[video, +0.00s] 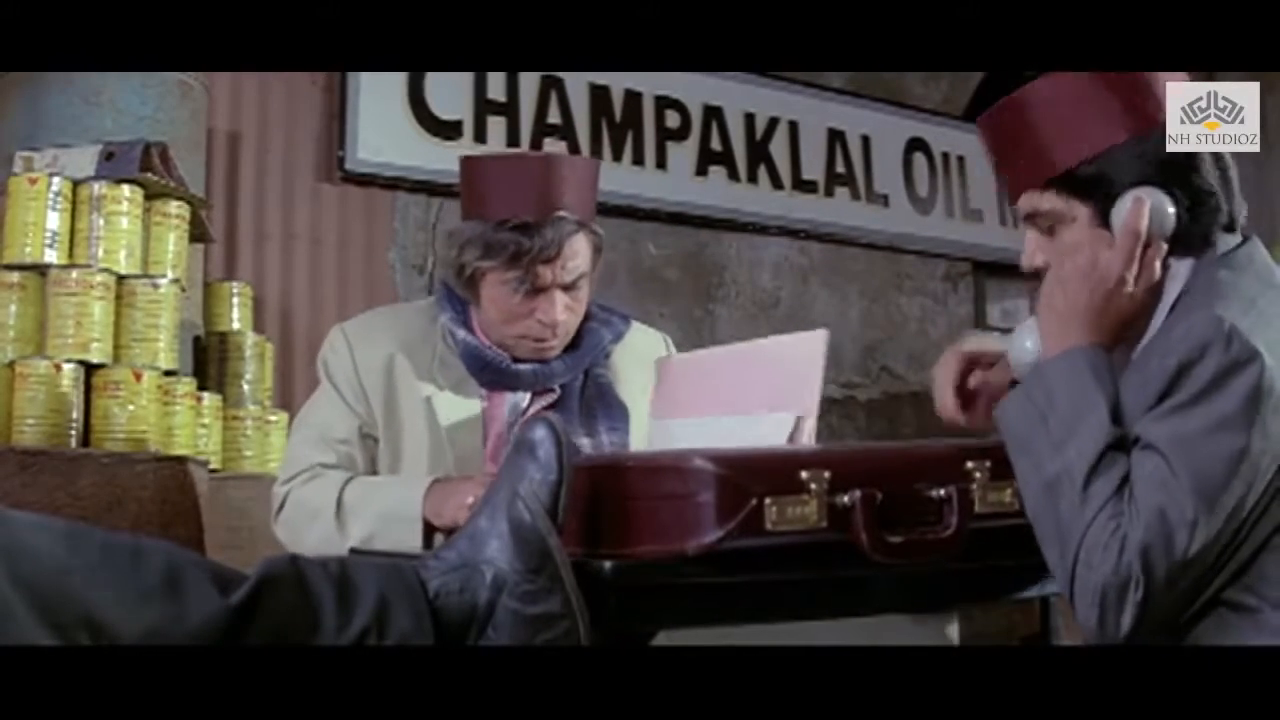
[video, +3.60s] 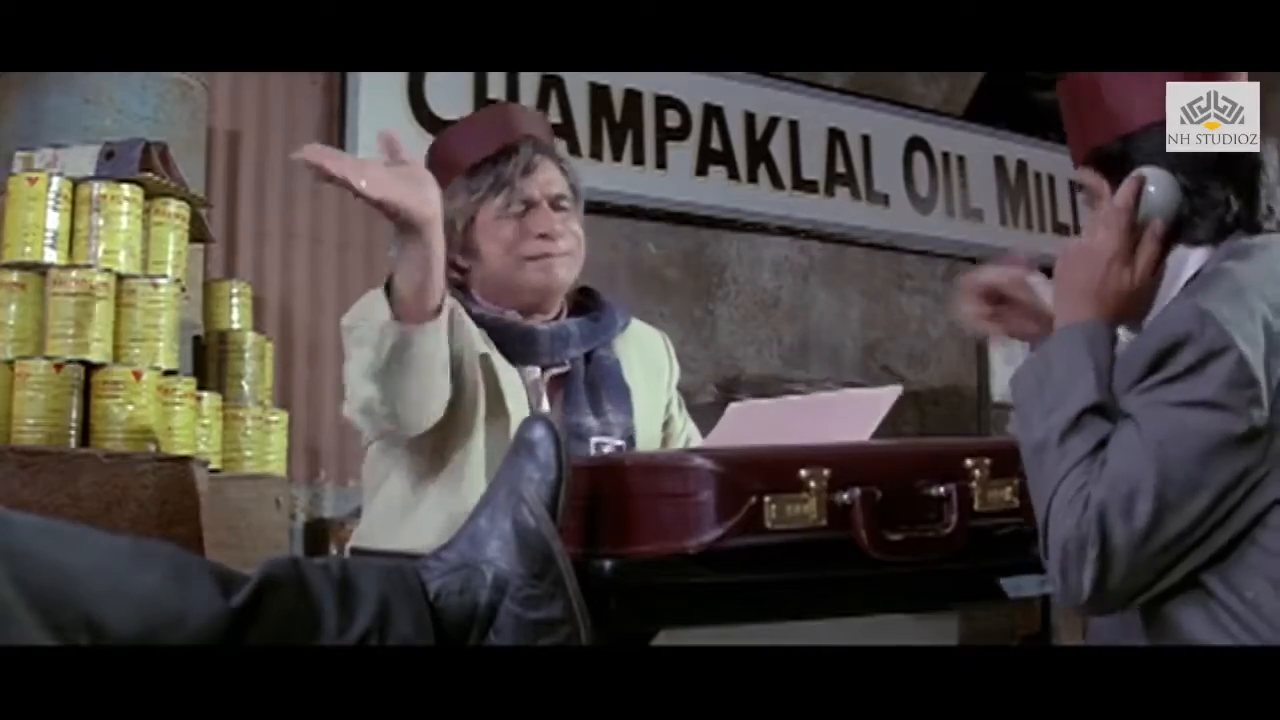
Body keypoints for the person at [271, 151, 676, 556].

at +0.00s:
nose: (553, 315)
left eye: (573, 286)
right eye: (526, 288)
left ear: (593, 272)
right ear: (469, 273)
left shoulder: (645, 359)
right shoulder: (368, 355)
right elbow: (300, 500)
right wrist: (426, 502)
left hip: (589, 624)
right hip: (419, 628)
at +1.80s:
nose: (553, 295)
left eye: (571, 268)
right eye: (527, 268)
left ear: (592, 265)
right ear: (470, 261)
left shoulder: (648, 360)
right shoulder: (374, 347)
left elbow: (688, 496)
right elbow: (299, 496)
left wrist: (564, 491)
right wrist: (438, 430)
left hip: (599, 618)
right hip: (421, 620)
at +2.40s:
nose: (547, 269)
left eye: (567, 246)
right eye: (520, 244)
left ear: (589, 258)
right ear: (468, 250)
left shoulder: (647, 359)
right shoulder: (393, 327)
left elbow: (683, 486)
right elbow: (329, 429)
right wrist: (508, 401)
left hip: (589, 608)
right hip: (418, 604)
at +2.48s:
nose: (567, 262)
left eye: (580, 236)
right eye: (533, 242)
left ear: (597, 243)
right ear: (475, 252)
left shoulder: (646, 360)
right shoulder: (393, 326)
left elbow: (681, 483)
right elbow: (354, 427)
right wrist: (489, 354)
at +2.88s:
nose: (554, 225)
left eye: (569, 207)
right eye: (523, 208)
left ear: (589, 232)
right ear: (465, 243)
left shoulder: (646, 354)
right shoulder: (396, 321)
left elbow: (676, 479)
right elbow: (397, 415)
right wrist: (541, 316)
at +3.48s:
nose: (511, 219)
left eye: (530, 204)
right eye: (489, 202)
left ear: (561, 219)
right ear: (446, 220)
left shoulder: (637, 345)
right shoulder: (394, 309)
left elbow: (683, 476)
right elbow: (419, 381)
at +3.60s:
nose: (548, 223)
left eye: (561, 205)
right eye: (514, 208)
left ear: (582, 227)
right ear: (459, 249)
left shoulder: (643, 352)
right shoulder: (416, 332)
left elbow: (686, 477)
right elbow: (401, 413)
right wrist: (421, 237)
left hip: (602, 622)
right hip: (439, 625)